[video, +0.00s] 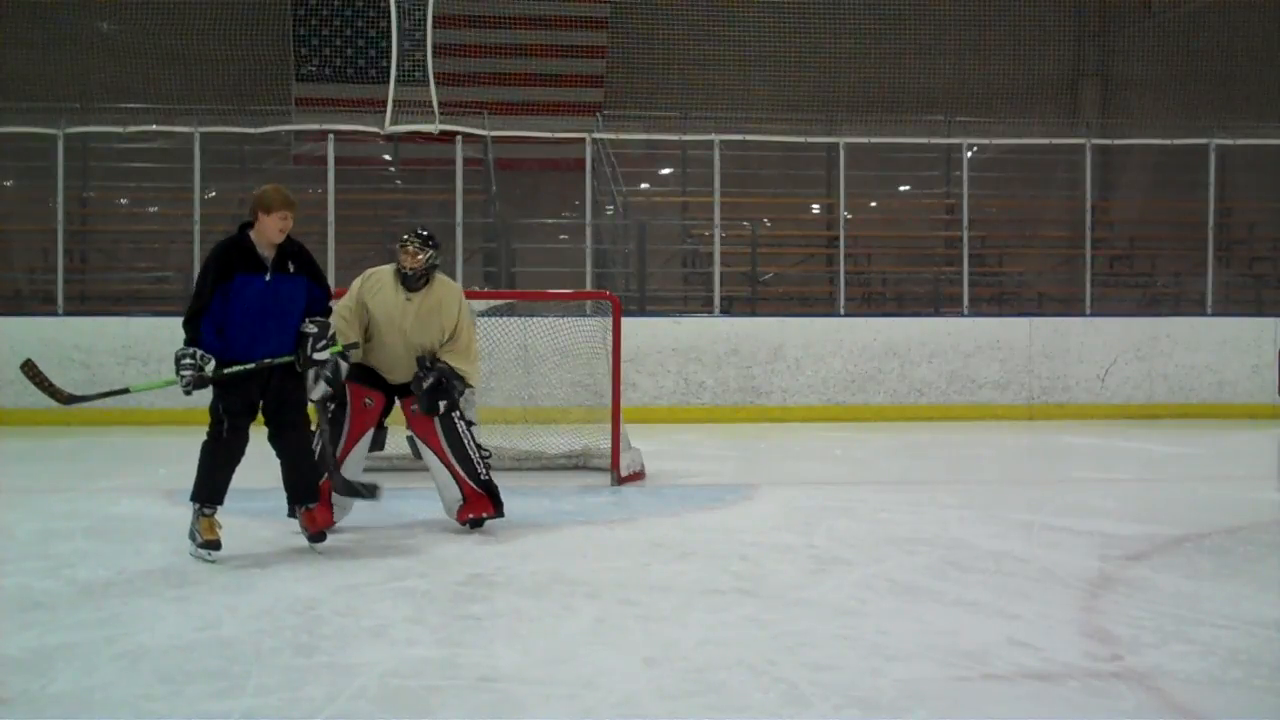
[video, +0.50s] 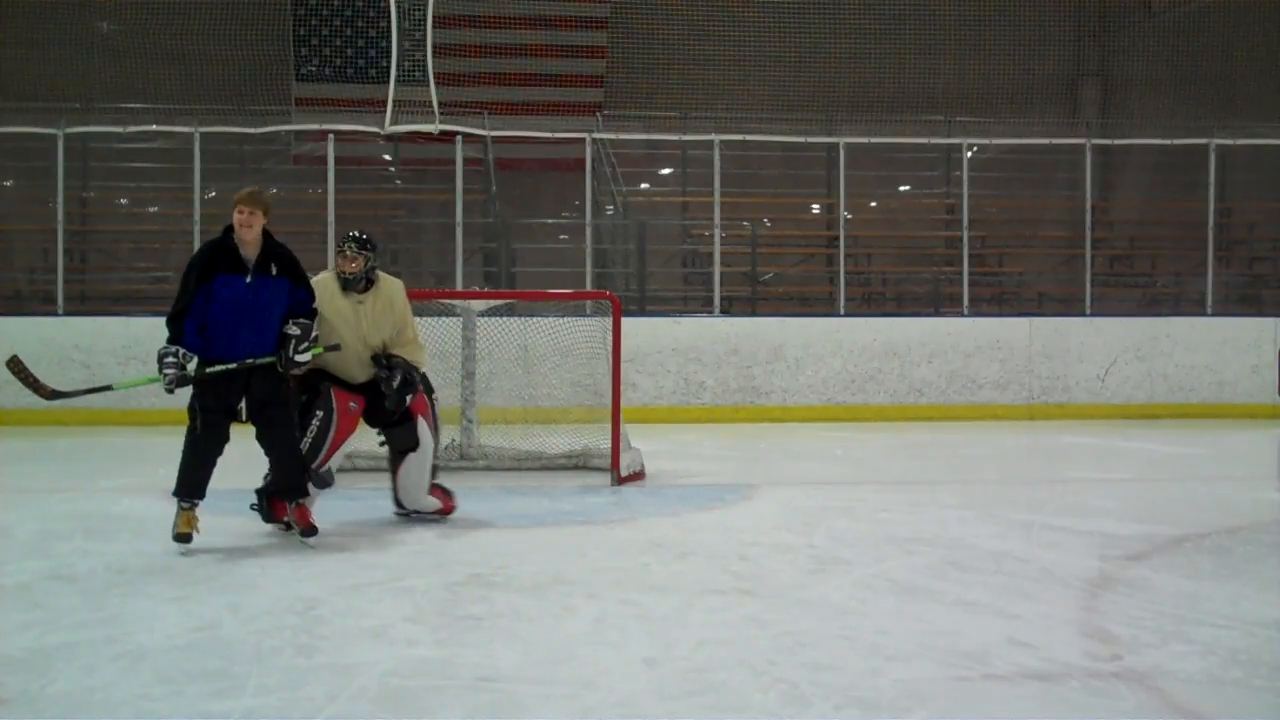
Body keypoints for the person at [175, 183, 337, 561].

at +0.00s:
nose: (286, 227)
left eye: (290, 220)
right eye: (280, 219)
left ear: (291, 222)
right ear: (258, 217)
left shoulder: (298, 257)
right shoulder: (226, 256)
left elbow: (320, 300)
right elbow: (199, 311)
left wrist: (315, 330)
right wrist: (195, 354)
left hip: (284, 365)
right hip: (235, 367)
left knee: (295, 436)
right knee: (228, 439)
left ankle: (306, 507)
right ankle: (205, 513)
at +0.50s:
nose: (245, 219)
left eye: (252, 213)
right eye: (240, 212)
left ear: (265, 219)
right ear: (232, 216)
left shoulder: (282, 259)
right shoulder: (209, 258)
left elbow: (304, 303)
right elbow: (184, 310)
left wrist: (299, 333)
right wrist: (175, 353)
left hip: (267, 365)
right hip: (216, 366)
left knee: (282, 433)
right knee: (206, 435)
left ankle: (296, 503)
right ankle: (186, 507)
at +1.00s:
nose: (230, 219)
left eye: (237, 214)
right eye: (226, 213)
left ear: (252, 220)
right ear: (219, 217)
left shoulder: (273, 258)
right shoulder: (198, 258)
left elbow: (299, 306)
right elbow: (176, 312)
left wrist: (301, 330)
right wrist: (159, 352)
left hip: (261, 362)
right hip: (210, 363)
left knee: (272, 431)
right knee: (201, 433)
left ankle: (293, 500)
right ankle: (186, 506)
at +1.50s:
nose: (224, 219)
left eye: (232, 214)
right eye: (219, 213)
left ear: (243, 221)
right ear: (210, 218)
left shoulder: (259, 259)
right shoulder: (189, 258)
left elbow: (284, 305)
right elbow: (165, 310)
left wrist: (284, 328)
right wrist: (146, 352)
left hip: (250, 360)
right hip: (200, 362)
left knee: (265, 433)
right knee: (186, 434)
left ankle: (292, 501)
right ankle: (166, 507)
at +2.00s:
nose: (232, 223)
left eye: (240, 218)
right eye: (227, 217)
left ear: (253, 222)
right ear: (219, 221)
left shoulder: (267, 261)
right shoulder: (198, 261)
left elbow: (286, 308)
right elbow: (176, 321)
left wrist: (306, 335)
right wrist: (184, 369)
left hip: (255, 371)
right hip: (206, 374)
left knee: (272, 438)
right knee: (195, 448)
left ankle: (283, 513)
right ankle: (171, 527)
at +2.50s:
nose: (382, 254)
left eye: (384, 247)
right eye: (375, 247)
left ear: (381, 252)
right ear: (354, 248)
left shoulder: (359, 286)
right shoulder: (339, 283)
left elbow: (357, 343)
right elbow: (346, 344)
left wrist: (384, 374)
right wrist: (381, 376)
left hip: (339, 386)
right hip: (300, 383)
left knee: (382, 441)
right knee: (275, 462)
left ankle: (362, 527)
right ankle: (213, 539)